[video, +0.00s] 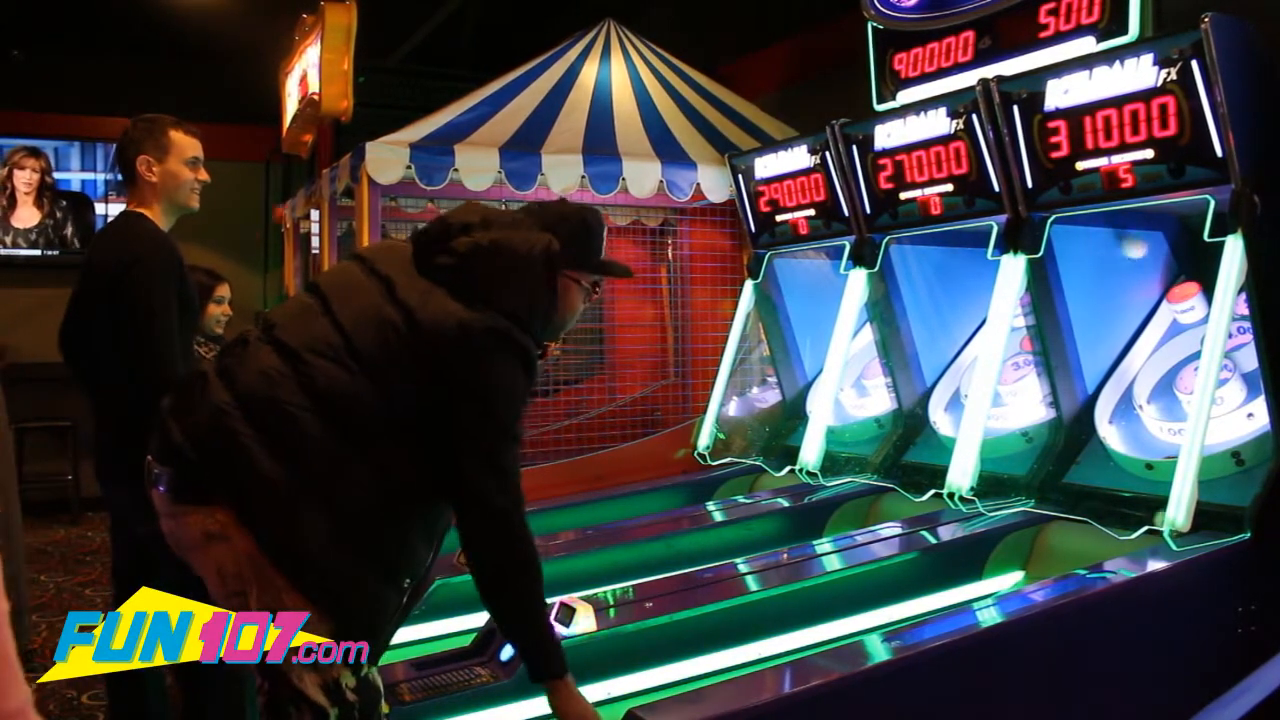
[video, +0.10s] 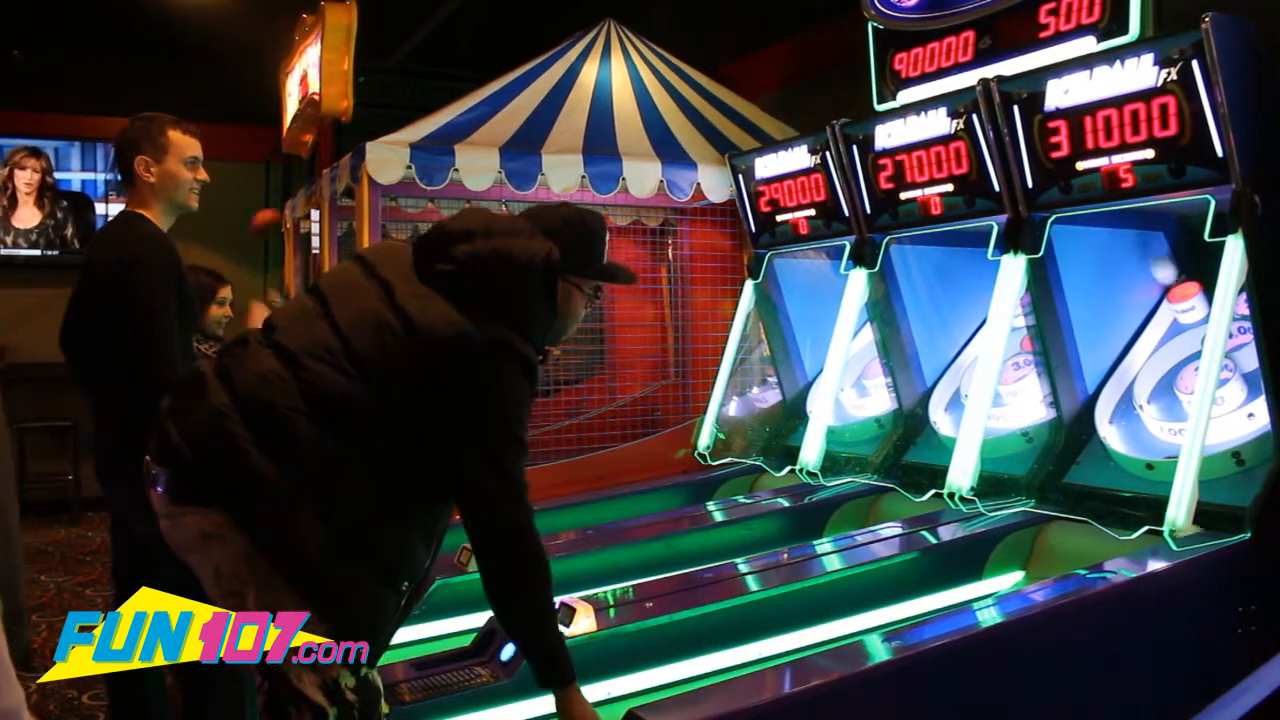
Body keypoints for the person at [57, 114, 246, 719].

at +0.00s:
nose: (204, 176)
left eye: (203, 164)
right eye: (193, 163)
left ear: (147, 171)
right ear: (149, 168)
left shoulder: (113, 241)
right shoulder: (151, 250)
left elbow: (74, 341)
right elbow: (166, 367)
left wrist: (119, 408)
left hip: (120, 449)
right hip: (151, 456)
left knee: (137, 594)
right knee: (171, 596)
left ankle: (135, 705)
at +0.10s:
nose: (203, 176)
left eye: (202, 164)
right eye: (192, 163)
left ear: (146, 171)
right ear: (147, 168)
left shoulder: (113, 240)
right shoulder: (150, 250)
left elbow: (75, 339)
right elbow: (167, 366)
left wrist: (119, 404)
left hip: (120, 449)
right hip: (151, 457)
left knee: (138, 593)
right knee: (172, 596)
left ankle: (135, 706)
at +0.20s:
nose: (202, 176)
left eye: (201, 163)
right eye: (191, 163)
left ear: (145, 171)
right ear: (146, 168)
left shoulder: (115, 240)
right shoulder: (147, 250)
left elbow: (75, 337)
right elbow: (168, 367)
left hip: (123, 451)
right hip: (150, 458)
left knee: (139, 592)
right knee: (172, 596)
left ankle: (135, 705)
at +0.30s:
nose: (201, 176)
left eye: (199, 163)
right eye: (189, 163)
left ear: (145, 172)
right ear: (144, 169)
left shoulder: (117, 241)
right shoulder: (144, 251)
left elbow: (76, 337)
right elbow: (168, 371)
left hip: (124, 451)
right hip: (150, 460)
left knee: (140, 592)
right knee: (171, 596)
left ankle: (137, 705)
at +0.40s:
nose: (199, 175)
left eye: (198, 163)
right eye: (188, 163)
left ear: (143, 172)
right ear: (142, 169)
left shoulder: (117, 242)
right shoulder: (140, 251)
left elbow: (77, 336)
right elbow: (169, 373)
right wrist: (235, 325)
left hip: (126, 452)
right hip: (150, 461)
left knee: (141, 594)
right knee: (171, 597)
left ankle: (138, 706)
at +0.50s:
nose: (199, 176)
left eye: (198, 164)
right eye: (186, 164)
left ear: (143, 174)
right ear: (140, 170)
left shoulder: (117, 243)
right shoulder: (139, 253)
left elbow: (75, 337)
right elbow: (169, 372)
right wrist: (229, 319)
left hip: (127, 454)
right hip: (149, 463)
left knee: (142, 596)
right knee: (171, 599)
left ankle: (138, 706)